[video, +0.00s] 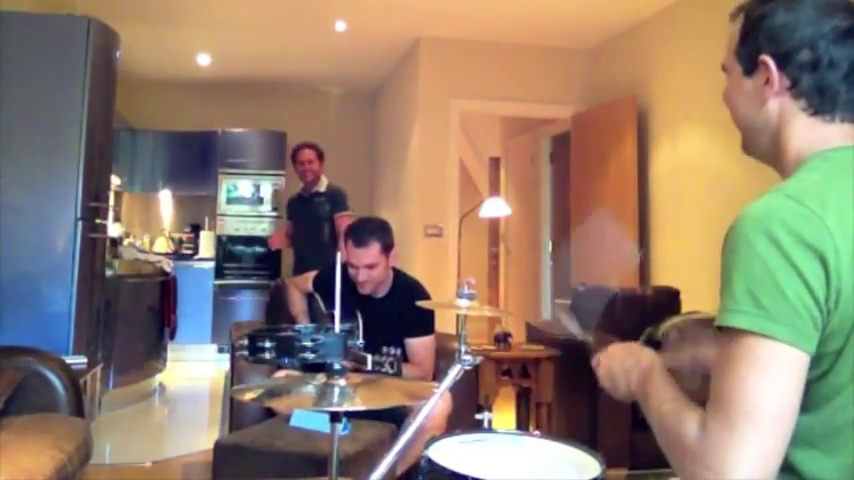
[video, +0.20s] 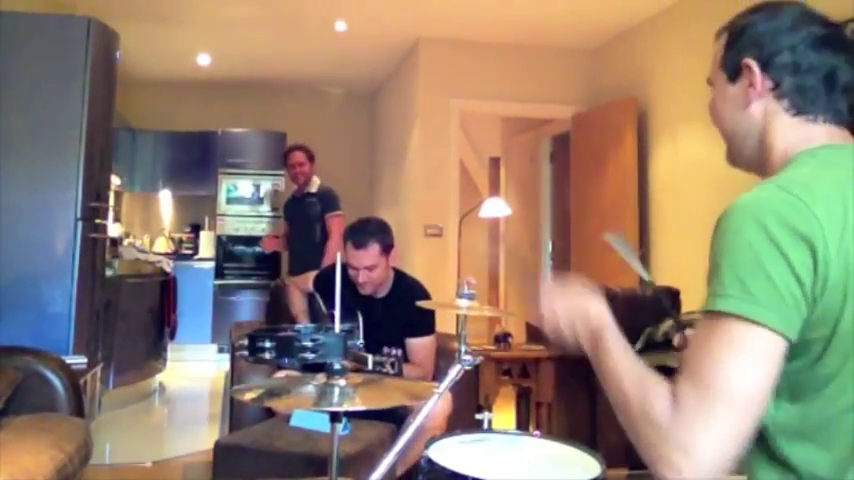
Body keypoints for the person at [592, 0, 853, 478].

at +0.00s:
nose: (724, 95)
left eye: (728, 74)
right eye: (724, 74)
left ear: (769, 80)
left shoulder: (784, 222)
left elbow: (727, 466)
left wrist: (643, 375)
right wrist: (724, 351)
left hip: (811, 469)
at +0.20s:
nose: (710, 108)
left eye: (714, 85)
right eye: (710, 87)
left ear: (753, 83)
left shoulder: (776, 214)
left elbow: (688, 455)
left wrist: (595, 326)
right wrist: (730, 346)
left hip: (795, 468)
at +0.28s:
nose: (705, 118)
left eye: (707, 94)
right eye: (703, 96)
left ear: (745, 87)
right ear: (820, 89)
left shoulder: (770, 212)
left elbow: (658, 445)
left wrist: (590, 281)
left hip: (802, 468)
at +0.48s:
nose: (694, 143)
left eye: (695, 116)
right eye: (692, 121)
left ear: (729, 98)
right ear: (801, 107)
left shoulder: (744, 210)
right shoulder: (844, 184)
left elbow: (616, 425)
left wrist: (592, 254)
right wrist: (740, 395)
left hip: (795, 469)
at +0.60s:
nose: (690, 150)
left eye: (691, 124)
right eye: (687, 128)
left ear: (724, 103)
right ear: (797, 117)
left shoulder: (734, 210)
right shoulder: (842, 188)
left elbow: (649, 448)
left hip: (789, 469)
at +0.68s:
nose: (683, 158)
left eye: (683, 131)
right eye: (681, 135)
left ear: (714, 109)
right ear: (786, 122)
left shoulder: (725, 212)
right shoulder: (842, 193)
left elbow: (659, 453)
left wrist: (586, 340)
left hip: (781, 469)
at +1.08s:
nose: (664, 152)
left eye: (665, 124)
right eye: (661, 129)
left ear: (706, 106)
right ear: (770, 117)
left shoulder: (727, 210)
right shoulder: (838, 199)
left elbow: (699, 457)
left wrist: (602, 343)